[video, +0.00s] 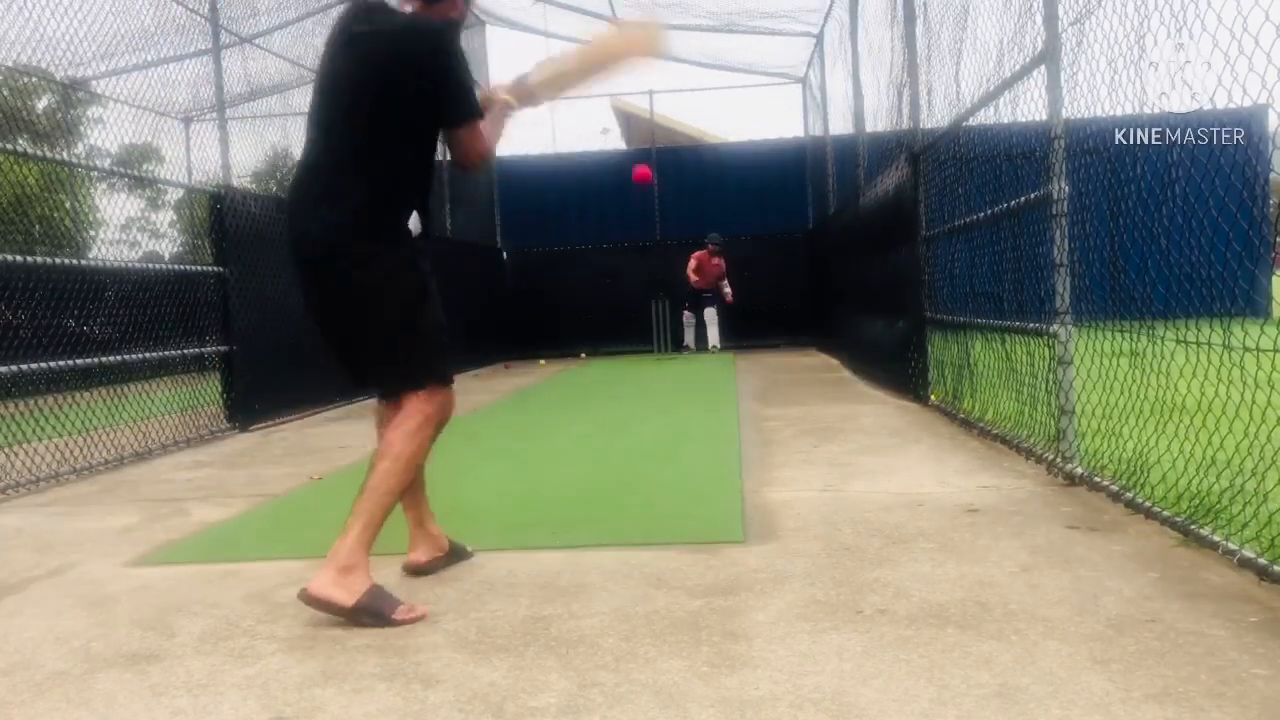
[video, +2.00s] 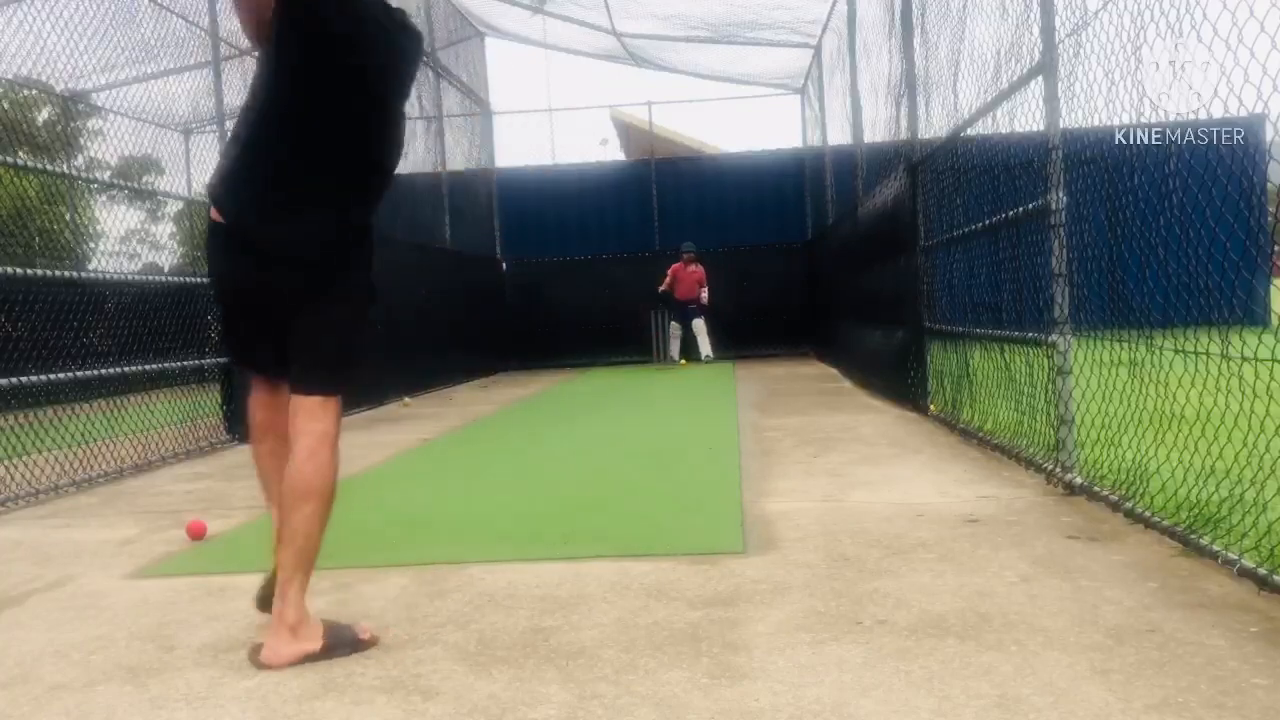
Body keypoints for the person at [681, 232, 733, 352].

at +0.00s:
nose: (715, 248)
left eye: (717, 245)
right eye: (713, 245)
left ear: (720, 246)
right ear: (707, 245)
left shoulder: (720, 260)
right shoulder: (698, 256)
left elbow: (722, 279)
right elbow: (689, 269)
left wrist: (727, 292)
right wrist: (693, 277)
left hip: (710, 290)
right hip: (695, 289)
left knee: (711, 314)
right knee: (688, 315)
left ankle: (714, 345)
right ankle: (689, 345)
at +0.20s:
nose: (702, 244)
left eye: (704, 241)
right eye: (700, 241)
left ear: (707, 242)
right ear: (696, 242)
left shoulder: (712, 258)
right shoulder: (687, 256)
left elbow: (717, 275)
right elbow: (682, 271)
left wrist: (718, 283)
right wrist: (683, 269)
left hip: (707, 292)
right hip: (691, 292)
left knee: (709, 317)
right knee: (689, 319)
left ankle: (714, 345)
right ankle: (690, 346)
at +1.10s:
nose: (693, 247)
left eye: (695, 244)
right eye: (692, 244)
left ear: (702, 242)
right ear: (693, 244)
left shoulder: (714, 254)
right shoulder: (693, 257)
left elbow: (723, 272)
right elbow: (691, 272)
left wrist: (713, 279)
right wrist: (694, 277)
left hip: (709, 288)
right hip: (697, 288)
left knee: (710, 314)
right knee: (693, 314)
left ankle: (713, 345)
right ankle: (691, 345)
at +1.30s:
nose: (718, 274)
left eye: (720, 272)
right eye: (716, 271)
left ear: (721, 273)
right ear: (710, 270)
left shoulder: (715, 281)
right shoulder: (702, 282)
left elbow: (713, 293)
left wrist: (714, 301)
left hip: (702, 303)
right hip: (690, 304)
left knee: (703, 328)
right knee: (689, 329)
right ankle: (685, 356)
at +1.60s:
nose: (711, 263)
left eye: (713, 261)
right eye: (709, 260)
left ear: (716, 262)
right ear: (704, 260)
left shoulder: (715, 275)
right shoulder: (695, 271)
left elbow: (718, 292)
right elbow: (687, 290)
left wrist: (721, 305)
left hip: (703, 304)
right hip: (689, 302)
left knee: (704, 325)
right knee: (678, 324)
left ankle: (707, 356)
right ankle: (674, 352)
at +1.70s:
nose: (707, 260)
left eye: (709, 257)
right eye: (704, 257)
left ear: (712, 259)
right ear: (700, 258)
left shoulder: (713, 274)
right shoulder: (690, 269)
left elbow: (716, 292)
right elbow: (681, 280)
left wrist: (719, 303)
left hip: (700, 303)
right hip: (685, 301)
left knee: (704, 326)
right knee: (678, 326)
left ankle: (707, 356)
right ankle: (674, 354)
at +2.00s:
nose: (689, 256)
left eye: (691, 253)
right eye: (686, 253)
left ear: (695, 254)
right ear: (682, 255)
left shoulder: (699, 268)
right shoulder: (675, 268)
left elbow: (703, 286)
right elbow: (667, 282)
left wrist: (704, 297)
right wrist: (662, 289)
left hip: (693, 303)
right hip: (678, 303)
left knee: (699, 326)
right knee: (675, 329)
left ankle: (706, 355)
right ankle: (674, 357)